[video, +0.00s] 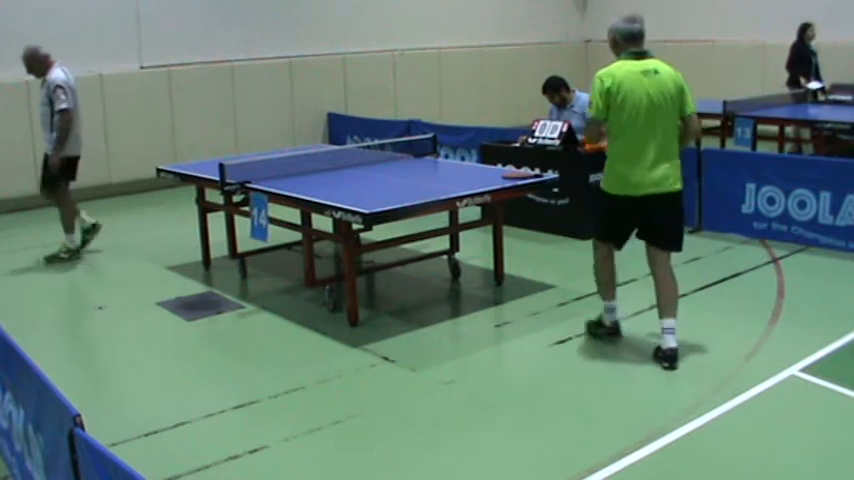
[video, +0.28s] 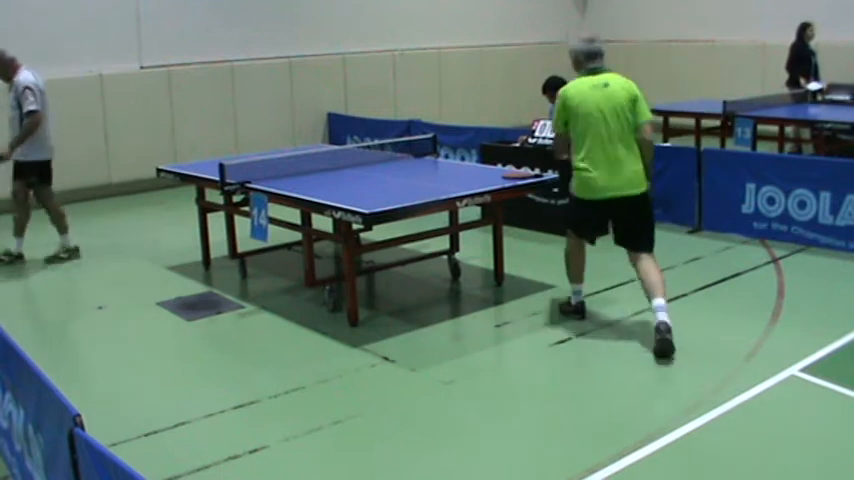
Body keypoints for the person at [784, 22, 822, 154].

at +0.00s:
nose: (813, 34)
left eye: (813, 31)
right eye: (810, 31)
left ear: (812, 33)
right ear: (803, 32)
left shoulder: (811, 49)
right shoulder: (797, 46)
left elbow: (815, 70)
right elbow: (790, 66)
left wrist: (821, 84)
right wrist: (799, 78)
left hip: (810, 85)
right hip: (797, 85)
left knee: (813, 117)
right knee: (798, 118)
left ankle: (818, 147)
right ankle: (797, 147)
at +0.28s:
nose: (812, 34)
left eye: (813, 31)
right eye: (809, 31)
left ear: (812, 33)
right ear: (803, 32)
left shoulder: (810, 48)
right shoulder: (797, 46)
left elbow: (813, 67)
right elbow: (790, 66)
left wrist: (816, 81)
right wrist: (800, 79)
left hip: (809, 84)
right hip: (796, 85)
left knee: (812, 117)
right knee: (798, 118)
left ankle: (817, 147)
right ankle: (797, 147)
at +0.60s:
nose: (812, 34)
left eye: (812, 31)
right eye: (809, 31)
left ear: (810, 33)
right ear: (802, 32)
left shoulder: (807, 47)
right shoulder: (797, 46)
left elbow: (810, 66)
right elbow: (789, 66)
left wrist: (813, 79)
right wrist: (799, 78)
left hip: (806, 84)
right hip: (795, 84)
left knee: (810, 116)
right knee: (797, 117)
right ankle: (797, 147)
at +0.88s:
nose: (812, 33)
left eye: (812, 30)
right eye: (809, 30)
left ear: (810, 32)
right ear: (803, 31)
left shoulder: (807, 47)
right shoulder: (798, 46)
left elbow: (808, 65)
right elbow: (789, 66)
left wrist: (811, 76)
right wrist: (801, 76)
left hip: (803, 83)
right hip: (795, 83)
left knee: (802, 115)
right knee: (796, 116)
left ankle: (798, 146)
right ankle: (795, 147)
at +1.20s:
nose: (812, 33)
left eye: (813, 30)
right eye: (809, 30)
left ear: (811, 32)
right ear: (802, 31)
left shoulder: (809, 47)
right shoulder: (798, 46)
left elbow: (811, 65)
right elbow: (790, 67)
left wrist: (816, 75)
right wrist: (805, 74)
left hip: (807, 85)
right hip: (797, 85)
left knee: (809, 118)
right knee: (805, 118)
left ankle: (811, 150)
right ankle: (809, 150)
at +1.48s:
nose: (811, 33)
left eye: (812, 30)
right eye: (808, 30)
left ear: (812, 32)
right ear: (801, 32)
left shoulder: (812, 48)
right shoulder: (796, 47)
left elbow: (815, 65)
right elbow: (790, 68)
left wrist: (818, 73)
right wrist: (805, 73)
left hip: (811, 87)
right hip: (799, 87)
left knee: (812, 120)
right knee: (805, 120)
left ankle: (811, 151)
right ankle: (808, 151)